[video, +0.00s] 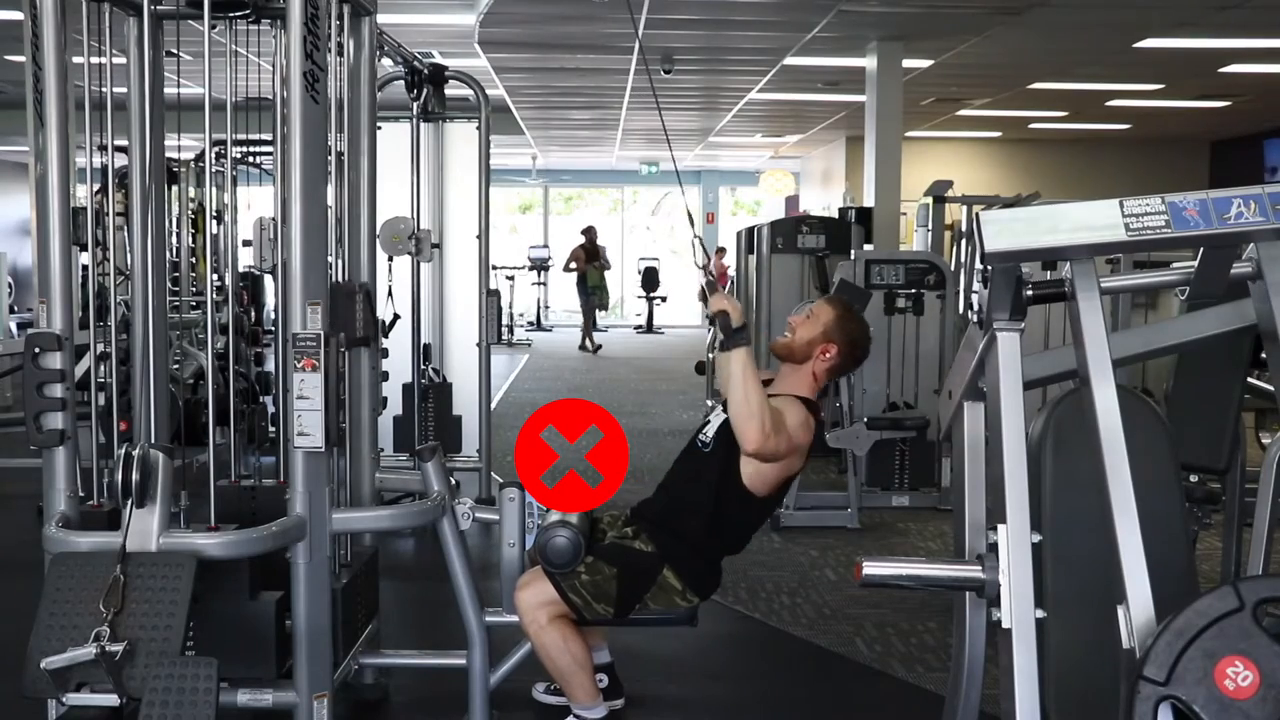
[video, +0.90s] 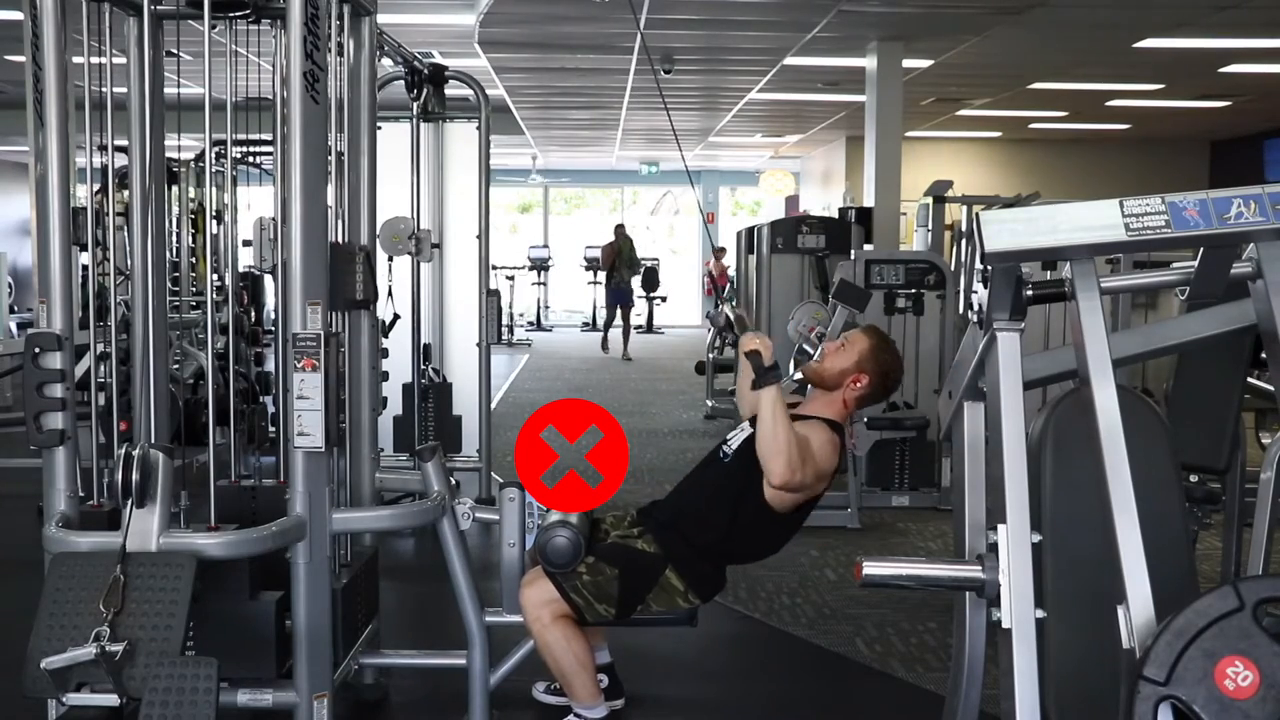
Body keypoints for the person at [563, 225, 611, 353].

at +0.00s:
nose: (595, 236)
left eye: (595, 234)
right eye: (592, 234)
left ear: (596, 235)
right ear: (586, 236)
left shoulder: (600, 249)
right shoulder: (578, 251)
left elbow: (608, 266)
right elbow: (565, 268)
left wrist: (601, 264)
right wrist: (577, 268)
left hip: (597, 282)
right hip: (584, 282)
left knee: (591, 313)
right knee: (587, 314)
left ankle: (583, 342)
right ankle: (593, 344)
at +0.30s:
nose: (602, 234)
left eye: (602, 232)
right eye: (599, 232)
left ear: (603, 233)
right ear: (593, 233)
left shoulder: (607, 247)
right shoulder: (585, 250)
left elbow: (615, 262)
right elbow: (576, 270)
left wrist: (611, 261)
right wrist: (589, 266)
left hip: (607, 286)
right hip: (594, 288)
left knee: (611, 315)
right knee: (595, 317)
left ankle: (597, 332)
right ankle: (597, 346)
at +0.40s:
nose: (605, 234)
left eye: (606, 231)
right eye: (603, 232)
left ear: (606, 233)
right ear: (596, 233)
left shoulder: (610, 247)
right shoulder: (588, 250)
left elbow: (618, 263)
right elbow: (581, 269)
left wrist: (613, 255)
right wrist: (594, 265)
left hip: (610, 286)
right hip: (596, 287)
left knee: (617, 313)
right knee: (596, 318)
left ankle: (606, 339)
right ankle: (596, 346)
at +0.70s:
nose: (618, 237)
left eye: (619, 234)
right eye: (615, 234)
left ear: (620, 235)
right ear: (608, 235)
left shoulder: (624, 250)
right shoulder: (601, 251)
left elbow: (629, 268)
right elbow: (598, 270)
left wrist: (623, 269)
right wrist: (610, 258)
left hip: (619, 289)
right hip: (604, 289)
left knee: (622, 320)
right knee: (600, 318)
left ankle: (624, 349)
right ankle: (597, 345)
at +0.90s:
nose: (622, 233)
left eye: (624, 231)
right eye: (619, 231)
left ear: (626, 232)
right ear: (615, 233)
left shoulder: (629, 248)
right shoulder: (608, 248)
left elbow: (637, 266)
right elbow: (605, 266)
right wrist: (616, 249)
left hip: (626, 286)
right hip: (612, 286)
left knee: (626, 320)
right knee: (611, 317)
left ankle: (625, 350)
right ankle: (605, 337)